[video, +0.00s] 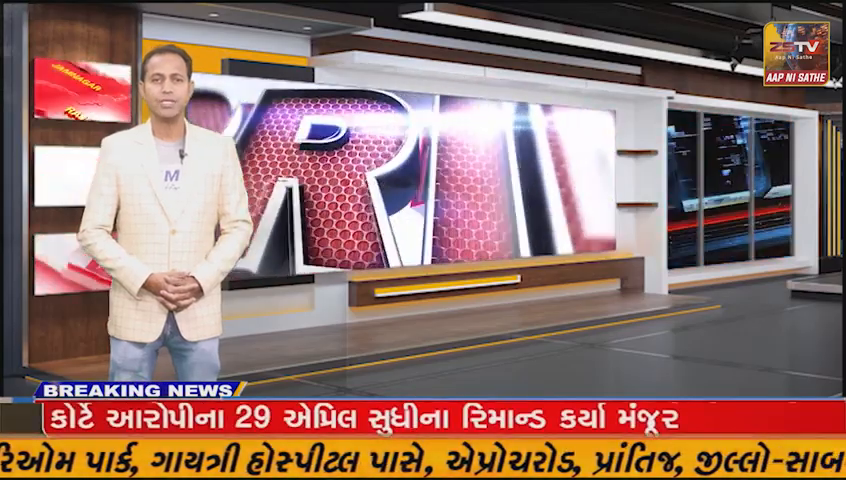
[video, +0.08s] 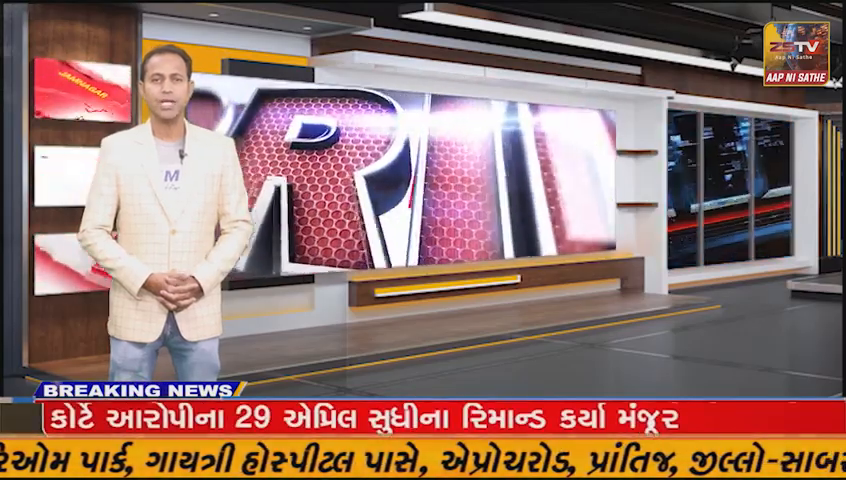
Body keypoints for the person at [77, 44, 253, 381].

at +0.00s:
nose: (167, 88)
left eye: (177, 79)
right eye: (157, 79)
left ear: (190, 88)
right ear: (143, 88)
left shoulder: (220, 147)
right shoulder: (117, 147)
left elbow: (239, 225)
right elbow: (92, 231)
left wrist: (201, 280)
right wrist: (145, 279)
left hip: (198, 309)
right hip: (135, 309)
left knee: (205, 419)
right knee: (125, 420)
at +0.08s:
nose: (167, 88)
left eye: (176, 79)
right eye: (156, 79)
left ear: (190, 88)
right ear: (143, 88)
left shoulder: (220, 147)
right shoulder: (117, 148)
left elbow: (239, 225)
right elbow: (92, 231)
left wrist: (201, 280)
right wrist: (145, 279)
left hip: (198, 309)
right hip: (134, 310)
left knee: (205, 419)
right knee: (125, 420)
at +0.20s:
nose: (166, 88)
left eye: (176, 79)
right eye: (156, 79)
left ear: (189, 87)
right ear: (143, 89)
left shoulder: (220, 147)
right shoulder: (117, 148)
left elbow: (238, 225)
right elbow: (92, 231)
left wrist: (201, 281)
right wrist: (145, 279)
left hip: (198, 309)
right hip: (134, 310)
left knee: (205, 419)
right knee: (125, 420)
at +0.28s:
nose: (166, 88)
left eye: (176, 79)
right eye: (156, 79)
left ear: (189, 88)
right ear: (142, 89)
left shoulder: (220, 147)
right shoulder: (116, 148)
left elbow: (239, 224)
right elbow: (92, 232)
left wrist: (202, 280)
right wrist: (145, 279)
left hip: (198, 309)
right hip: (134, 310)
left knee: (205, 419)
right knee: (125, 420)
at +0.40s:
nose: (166, 88)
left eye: (175, 79)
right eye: (155, 79)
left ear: (189, 88)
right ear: (142, 89)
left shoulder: (220, 148)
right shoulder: (116, 148)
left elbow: (238, 225)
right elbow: (92, 232)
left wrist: (201, 281)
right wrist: (145, 279)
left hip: (198, 309)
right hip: (134, 310)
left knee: (205, 420)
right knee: (125, 420)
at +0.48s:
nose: (165, 88)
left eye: (175, 79)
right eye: (155, 79)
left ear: (189, 88)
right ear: (142, 89)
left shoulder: (220, 148)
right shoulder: (116, 148)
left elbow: (238, 226)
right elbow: (92, 232)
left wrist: (201, 281)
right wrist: (144, 279)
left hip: (198, 310)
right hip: (134, 311)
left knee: (205, 420)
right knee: (125, 420)